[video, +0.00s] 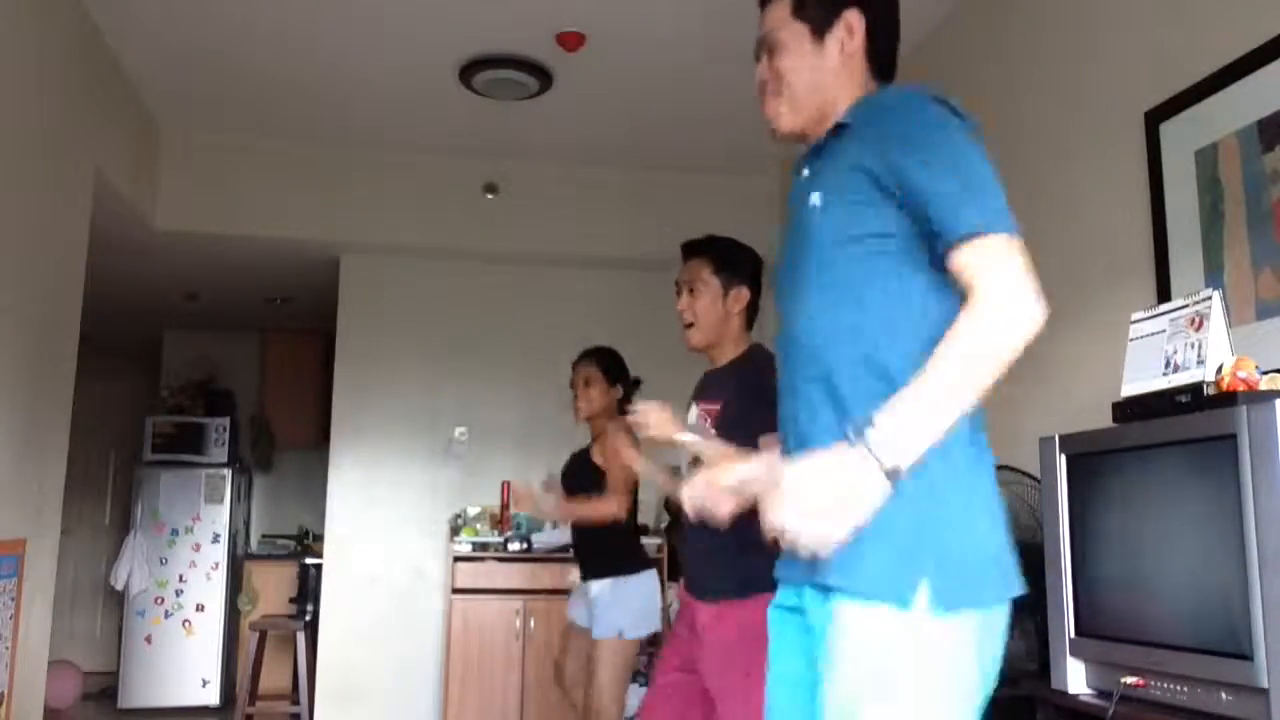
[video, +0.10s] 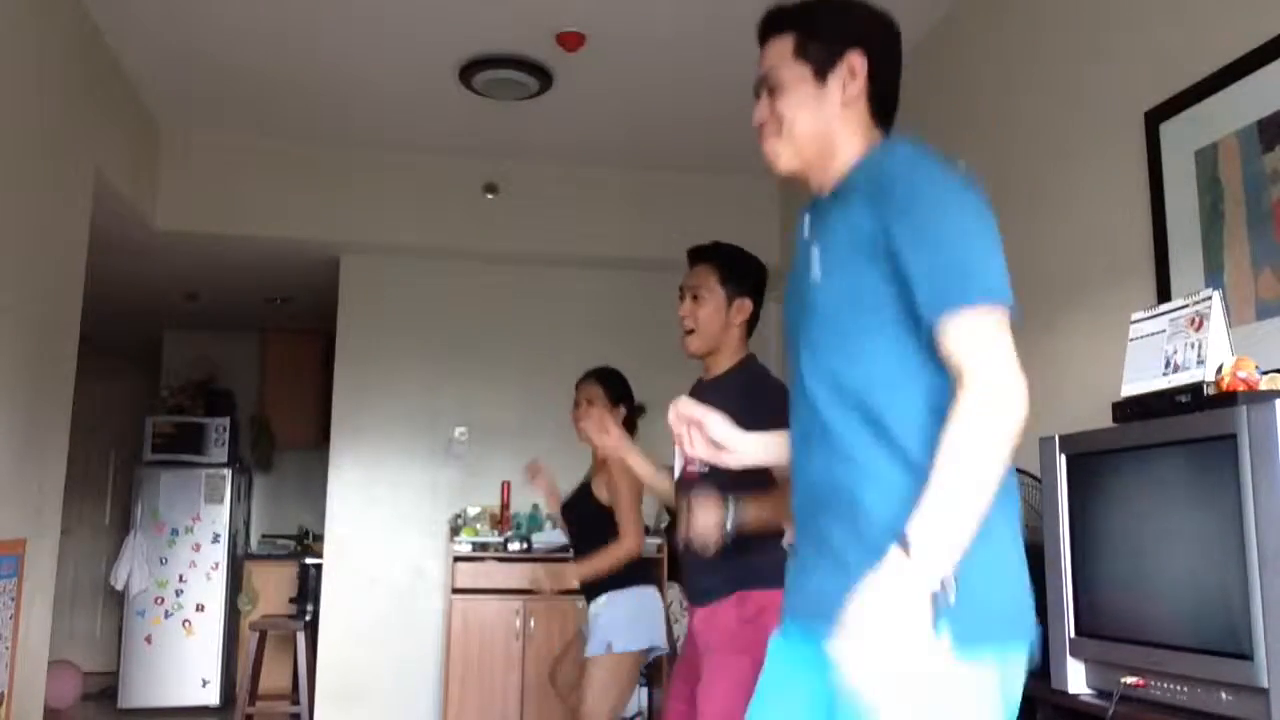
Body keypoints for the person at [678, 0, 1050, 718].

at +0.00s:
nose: (760, 74)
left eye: (772, 47)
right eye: (759, 55)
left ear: (847, 35)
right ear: (840, 39)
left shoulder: (902, 119)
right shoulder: (812, 178)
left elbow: (1011, 299)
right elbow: (861, 398)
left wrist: (870, 462)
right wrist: (762, 466)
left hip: (915, 579)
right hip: (815, 575)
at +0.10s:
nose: (757, 113)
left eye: (773, 87)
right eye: (757, 94)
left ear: (848, 78)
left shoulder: (914, 185)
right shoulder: (816, 228)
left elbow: (997, 388)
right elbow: (860, 430)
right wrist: (746, 448)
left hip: (936, 627)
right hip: (817, 619)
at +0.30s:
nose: (758, 115)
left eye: (773, 85)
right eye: (759, 92)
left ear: (847, 70)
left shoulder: (933, 196)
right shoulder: (820, 228)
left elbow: (1021, 405)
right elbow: (837, 425)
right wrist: (770, 517)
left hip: (933, 656)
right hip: (823, 635)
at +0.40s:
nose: (760, 76)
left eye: (772, 47)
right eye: (758, 57)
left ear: (846, 28)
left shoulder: (910, 117)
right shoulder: (821, 181)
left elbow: (1007, 294)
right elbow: (840, 414)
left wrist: (798, 373)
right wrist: (717, 420)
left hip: (915, 597)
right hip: (811, 588)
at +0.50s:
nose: (765, 80)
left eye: (776, 54)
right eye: (762, 62)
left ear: (848, 31)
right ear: (845, 35)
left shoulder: (897, 95)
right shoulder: (829, 162)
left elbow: (966, 258)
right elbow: (825, 357)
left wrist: (775, 369)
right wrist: (718, 356)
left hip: (897, 554)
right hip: (810, 549)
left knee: (890, 708)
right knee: (797, 708)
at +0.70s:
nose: (768, 117)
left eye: (783, 91)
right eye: (767, 100)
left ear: (856, 80)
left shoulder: (897, 151)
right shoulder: (827, 218)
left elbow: (969, 289)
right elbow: (806, 418)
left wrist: (725, 360)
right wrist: (717, 350)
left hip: (883, 623)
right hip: (819, 614)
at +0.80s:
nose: (771, 87)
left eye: (785, 61)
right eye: (770, 70)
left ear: (861, 46)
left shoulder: (921, 128)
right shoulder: (834, 193)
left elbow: (948, 282)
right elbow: (830, 374)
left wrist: (724, 359)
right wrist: (723, 371)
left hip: (893, 602)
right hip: (810, 592)